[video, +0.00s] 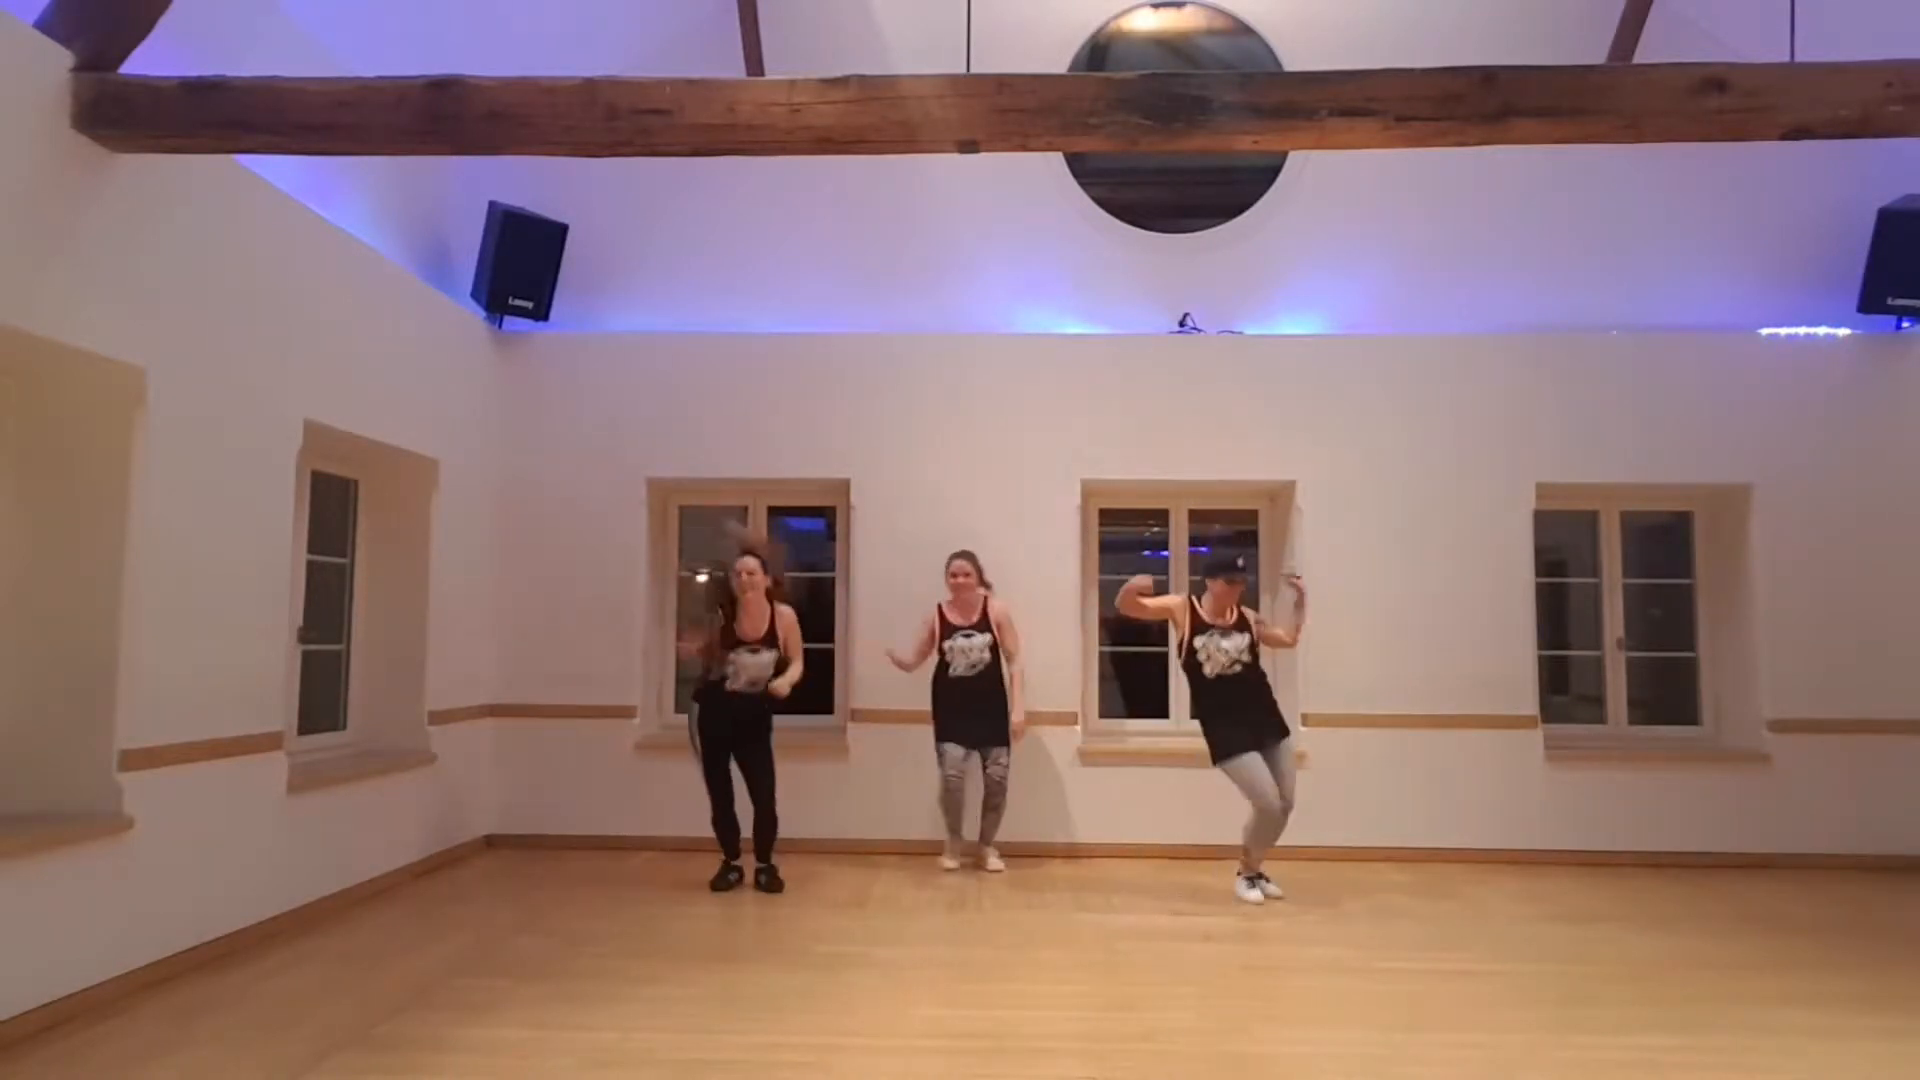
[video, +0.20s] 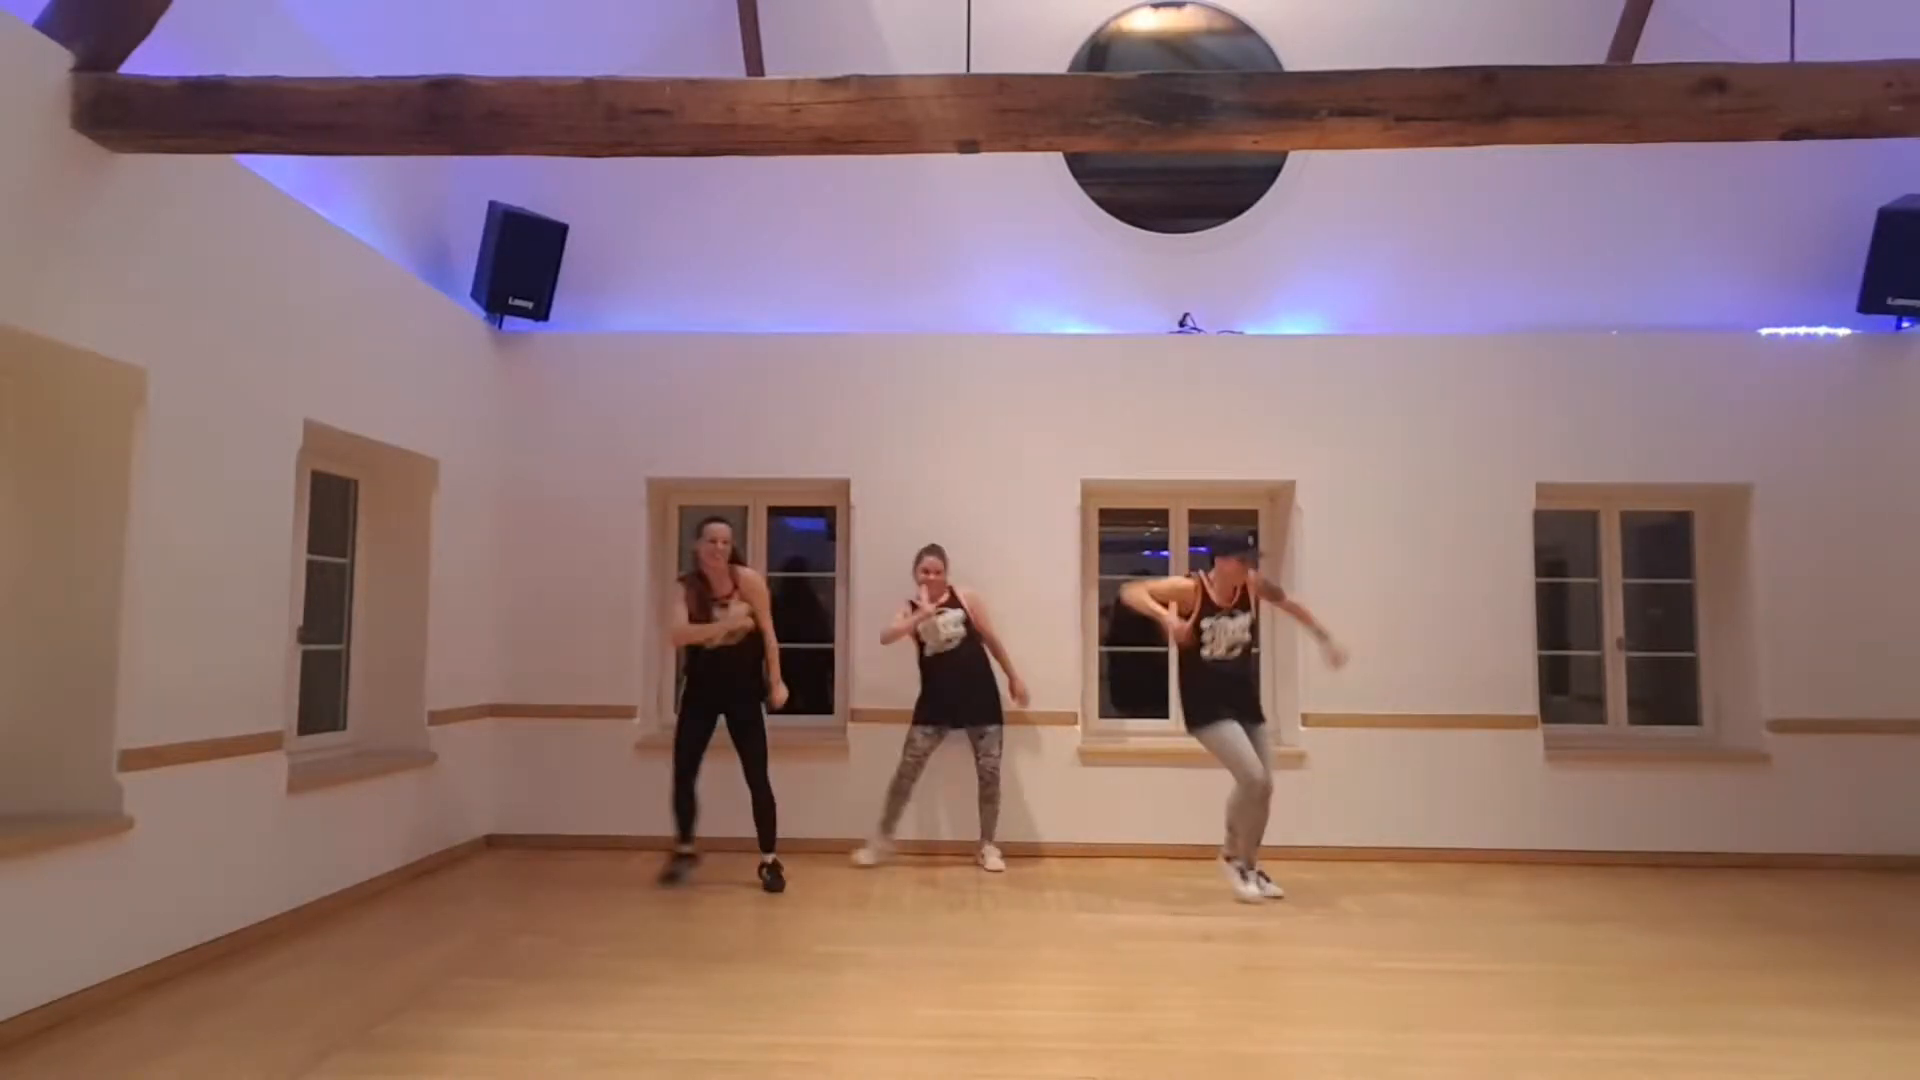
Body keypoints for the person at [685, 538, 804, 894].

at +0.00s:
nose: (745, 579)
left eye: (752, 573)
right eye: (739, 574)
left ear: (767, 579)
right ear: (732, 581)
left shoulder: (783, 616)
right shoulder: (723, 614)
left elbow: (796, 662)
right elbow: (711, 657)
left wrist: (784, 681)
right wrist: (695, 651)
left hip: (754, 711)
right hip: (716, 711)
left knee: (763, 794)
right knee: (720, 794)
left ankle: (764, 866)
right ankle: (731, 863)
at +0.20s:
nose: (718, 548)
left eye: (724, 542)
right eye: (711, 541)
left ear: (732, 548)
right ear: (697, 546)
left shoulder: (750, 581)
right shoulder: (685, 586)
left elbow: (768, 631)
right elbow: (678, 634)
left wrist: (776, 680)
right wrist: (726, 626)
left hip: (744, 690)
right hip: (701, 690)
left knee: (757, 776)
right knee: (684, 770)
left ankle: (769, 858)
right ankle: (684, 850)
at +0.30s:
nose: (698, 556)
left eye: (703, 549)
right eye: (690, 549)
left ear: (710, 554)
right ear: (671, 554)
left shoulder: (728, 584)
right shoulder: (662, 594)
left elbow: (755, 624)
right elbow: (691, 626)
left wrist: (773, 672)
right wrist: (734, 610)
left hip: (739, 695)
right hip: (695, 697)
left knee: (755, 776)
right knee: (661, 771)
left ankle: (770, 859)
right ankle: (636, 853)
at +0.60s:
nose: (653, 580)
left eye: (654, 574)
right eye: (645, 574)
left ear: (655, 579)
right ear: (623, 580)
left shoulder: (672, 615)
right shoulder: (606, 620)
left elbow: (706, 654)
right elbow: (623, 644)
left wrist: (732, 693)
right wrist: (676, 639)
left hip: (686, 721)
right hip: (642, 726)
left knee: (721, 792)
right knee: (609, 798)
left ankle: (759, 862)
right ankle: (602, 865)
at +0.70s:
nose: (650, 562)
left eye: (651, 556)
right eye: (642, 556)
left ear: (651, 561)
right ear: (619, 561)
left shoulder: (666, 597)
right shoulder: (600, 602)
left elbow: (701, 636)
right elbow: (597, 640)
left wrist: (721, 678)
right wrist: (628, 663)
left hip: (672, 702)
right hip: (629, 706)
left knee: (705, 779)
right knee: (610, 789)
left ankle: (745, 856)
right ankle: (603, 864)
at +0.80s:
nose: (652, 550)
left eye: (653, 544)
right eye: (645, 545)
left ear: (653, 548)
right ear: (623, 549)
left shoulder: (666, 585)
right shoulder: (596, 592)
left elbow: (704, 614)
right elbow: (555, 627)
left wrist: (712, 661)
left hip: (665, 694)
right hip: (621, 696)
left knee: (689, 772)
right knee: (609, 782)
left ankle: (708, 852)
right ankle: (603, 863)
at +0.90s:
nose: (654, 551)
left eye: (655, 545)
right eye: (647, 546)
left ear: (654, 551)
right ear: (625, 551)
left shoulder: (666, 586)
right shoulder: (601, 596)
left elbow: (703, 611)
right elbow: (563, 645)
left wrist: (703, 638)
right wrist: (539, 698)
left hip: (659, 697)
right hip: (616, 699)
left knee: (673, 778)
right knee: (606, 782)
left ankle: (664, 848)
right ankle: (603, 863)